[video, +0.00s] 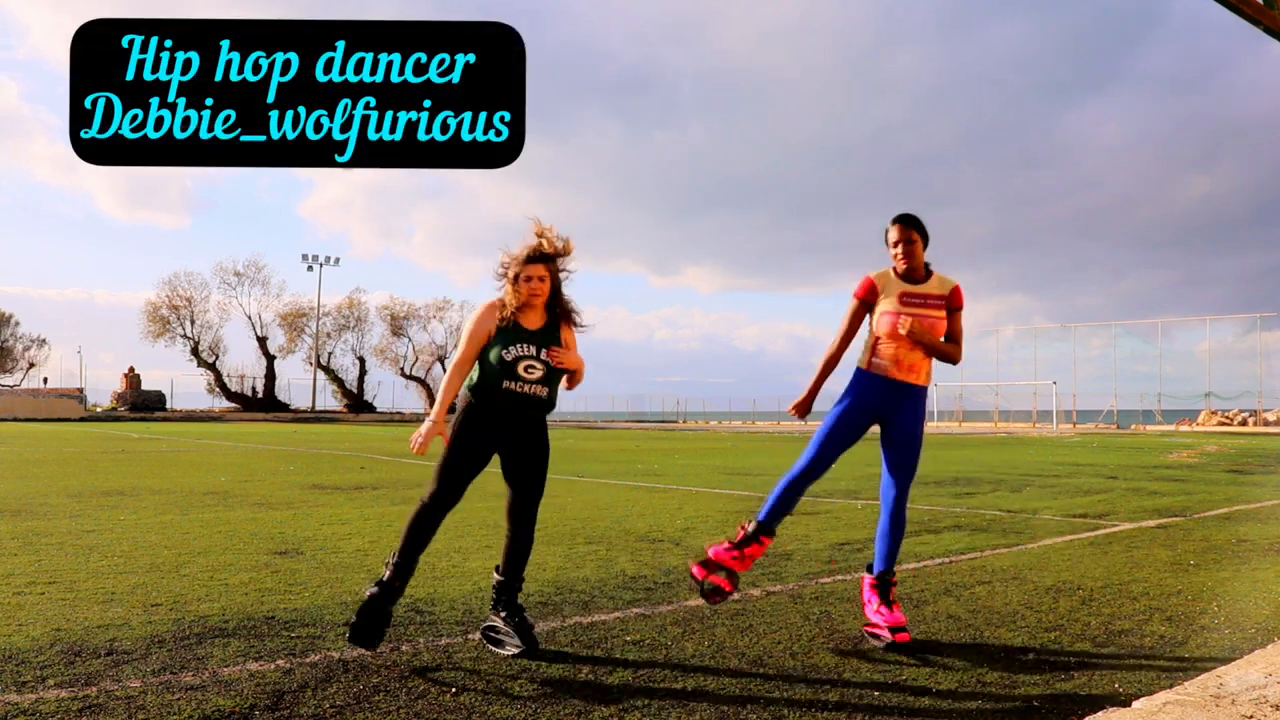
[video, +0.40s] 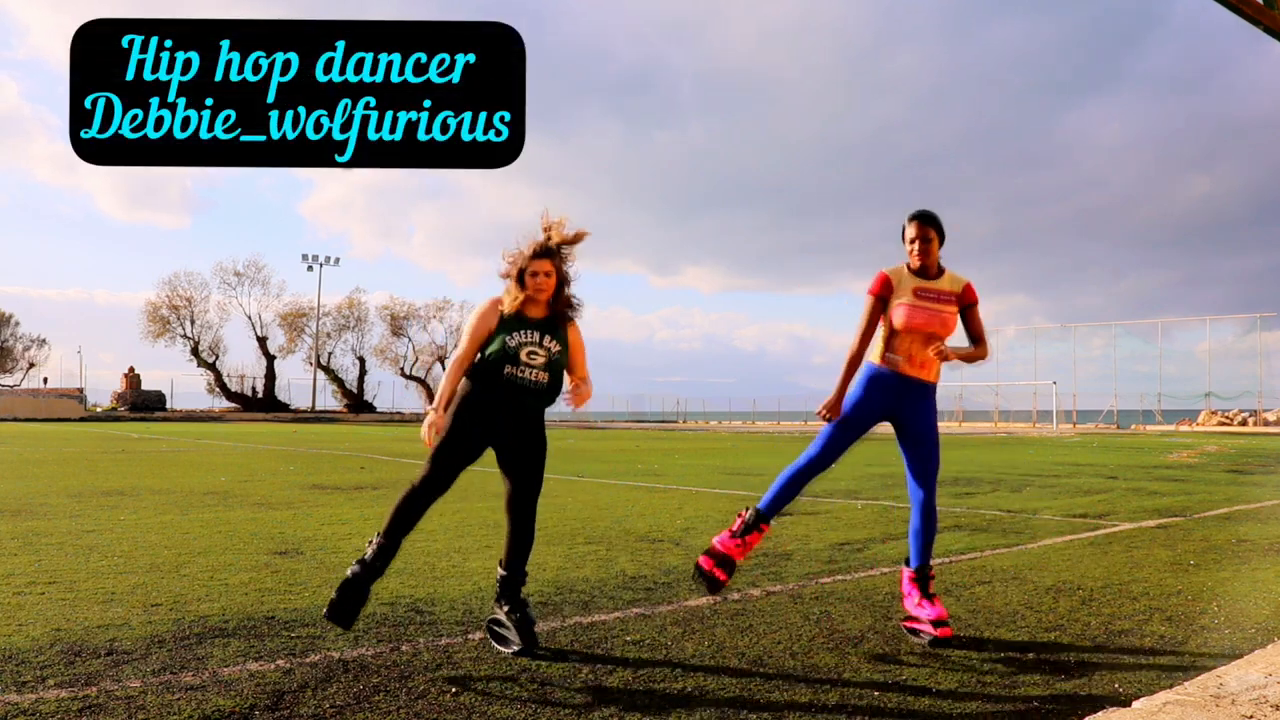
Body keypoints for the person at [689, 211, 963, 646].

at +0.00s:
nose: (901, 251)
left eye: (908, 242)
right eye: (895, 245)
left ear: (925, 244)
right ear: (888, 250)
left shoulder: (949, 291)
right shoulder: (877, 285)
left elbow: (954, 355)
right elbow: (841, 342)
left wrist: (921, 336)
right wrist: (810, 393)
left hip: (909, 400)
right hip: (865, 389)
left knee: (896, 497)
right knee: (810, 466)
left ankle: (880, 589)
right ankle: (757, 535)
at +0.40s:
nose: (917, 248)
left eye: (924, 240)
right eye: (911, 241)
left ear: (940, 243)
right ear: (904, 245)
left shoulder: (961, 289)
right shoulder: (890, 281)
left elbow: (981, 349)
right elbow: (862, 339)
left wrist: (956, 352)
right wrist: (839, 393)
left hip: (920, 397)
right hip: (876, 384)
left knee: (924, 494)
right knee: (817, 459)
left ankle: (917, 590)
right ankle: (747, 529)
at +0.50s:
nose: (912, 254)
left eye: (919, 246)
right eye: (906, 247)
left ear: (935, 251)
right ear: (899, 253)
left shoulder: (959, 295)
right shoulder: (887, 289)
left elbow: (1000, 341)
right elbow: (855, 340)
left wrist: (990, 360)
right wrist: (856, 388)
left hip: (919, 402)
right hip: (876, 392)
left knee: (922, 500)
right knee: (822, 474)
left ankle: (916, 592)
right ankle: (769, 551)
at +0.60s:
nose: (898, 229)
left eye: (906, 223)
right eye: (892, 222)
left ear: (919, 228)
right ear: (883, 226)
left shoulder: (941, 263)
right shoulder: (865, 263)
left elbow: (988, 300)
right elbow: (837, 319)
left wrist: (980, 345)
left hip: (913, 373)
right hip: (869, 369)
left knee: (918, 477)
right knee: (840, 464)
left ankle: (923, 575)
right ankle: (817, 559)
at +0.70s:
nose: (886, 220)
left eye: (894, 214)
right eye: (881, 212)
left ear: (906, 218)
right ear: (870, 214)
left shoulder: (925, 251)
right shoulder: (851, 252)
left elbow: (962, 299)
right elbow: (833, 311)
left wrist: (961, 353)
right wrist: (860, 279)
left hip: (910, 358)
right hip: (863, 357)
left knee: (926, 462)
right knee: (851, 459)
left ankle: (940, 558)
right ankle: (842, 559)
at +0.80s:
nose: (866, 231)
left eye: (874, 225)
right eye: (861, 223)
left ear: (887, 230)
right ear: (850, 226)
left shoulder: (905, 265)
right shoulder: (832, 267)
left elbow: (918, 324)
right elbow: (822, 328)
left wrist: (929, 377)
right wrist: (846, 287)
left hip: (903, 367)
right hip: (857, 372)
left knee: (943, 463)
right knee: (858, 478)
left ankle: (987, 552)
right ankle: (861, 576)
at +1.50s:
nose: (846, 242)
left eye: (853, 236)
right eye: (840, 236)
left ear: (863, 242)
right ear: (828, 241)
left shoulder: (884, 277)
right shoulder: (811, 280)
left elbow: (910, 320)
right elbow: (771, 322)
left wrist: (917, 346)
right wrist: (816, 295)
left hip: (888, 377)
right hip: (844, 384)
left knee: (922, 472)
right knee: (854, 485)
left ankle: (953, 555)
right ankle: (862, 582)